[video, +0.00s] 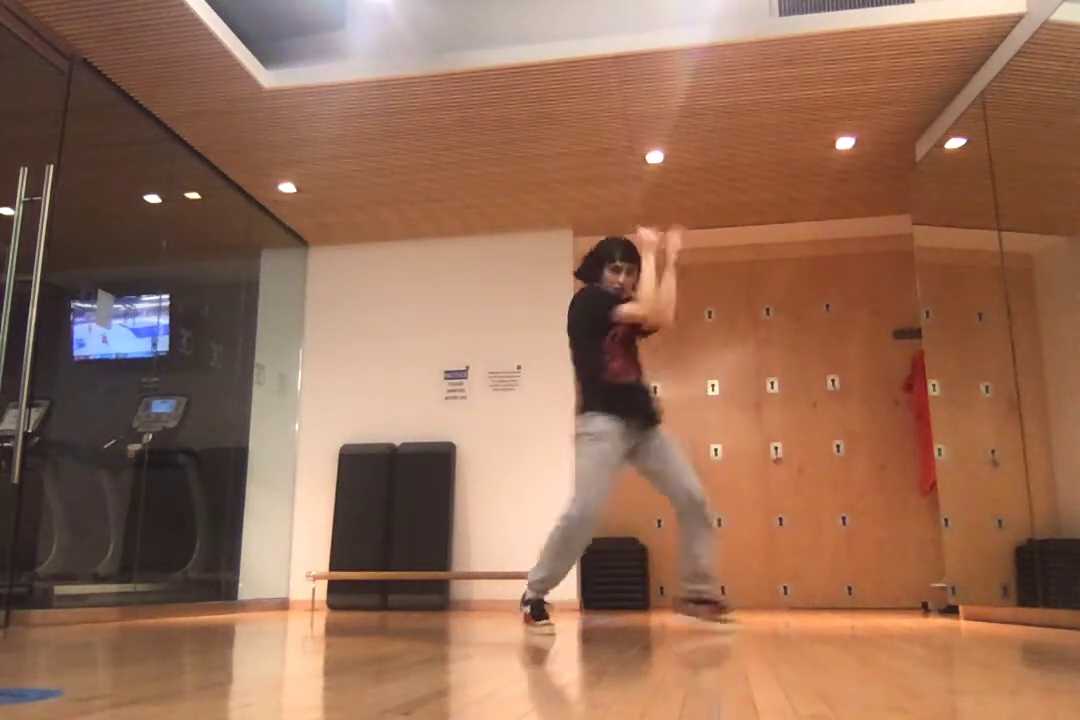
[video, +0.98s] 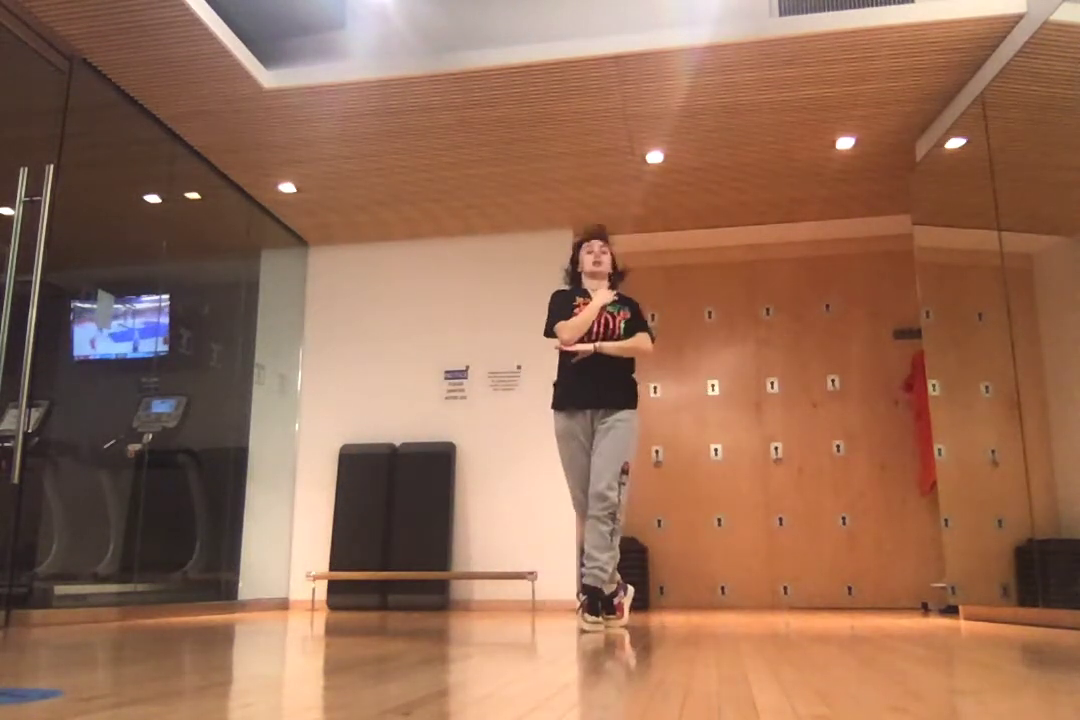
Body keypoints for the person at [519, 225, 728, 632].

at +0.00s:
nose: (623, 280)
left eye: (630, 273)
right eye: (615, 270)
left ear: (634, 274)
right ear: (597, 270)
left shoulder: (622, 307)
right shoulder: (588, 302)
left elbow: (662, 316)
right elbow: (648, 312)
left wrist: (670, 261)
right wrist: (651, 255)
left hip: (642, 422)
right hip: (602, 421)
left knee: (692, 498)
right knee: (585, 512)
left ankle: (699, 594)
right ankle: (535, 593)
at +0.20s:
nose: (615, 300)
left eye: (621, 292)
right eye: (607, 293)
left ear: (633, 295)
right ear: (595, 297)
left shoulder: (653, 329)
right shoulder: (576, 325)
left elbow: (707, 333)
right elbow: (528, 329)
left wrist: (767, 331)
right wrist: (498, 320)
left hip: (619, 450)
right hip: (568, 436)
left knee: (617, 524)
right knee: (522, 505)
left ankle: (566, 600)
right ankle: (473, 581)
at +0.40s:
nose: (608, 254)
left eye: (614, 248)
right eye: (601, 248)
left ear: (624, 255)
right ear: (590, 256)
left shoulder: (642, 303)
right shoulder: (574, 302)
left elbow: (670, 347)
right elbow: (555, 351)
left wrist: (716, 378)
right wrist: (543, 358)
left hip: (616, 420)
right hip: (569, 418)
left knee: (604, 503)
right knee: (565, 502)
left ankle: (576, 595)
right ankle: (566, 580)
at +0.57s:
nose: (600, 258)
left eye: (607, 252)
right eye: (594, 251)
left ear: (619, 260)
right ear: (581, 257)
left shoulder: (633, 303)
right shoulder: (568, 297)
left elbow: (652, 348)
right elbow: (572, 331)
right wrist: (603, 297)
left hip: (621, 409)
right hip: (575, 409)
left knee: (608, 497)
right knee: (594, 500)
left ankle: (597, 592)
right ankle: (621, 583)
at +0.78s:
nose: (599, 251)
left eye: (605, 247)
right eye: (590, 248)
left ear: (615, 260)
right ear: (579, 262)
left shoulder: (632, 299)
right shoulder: (567, 297)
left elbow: (648, 343)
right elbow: (567, 338)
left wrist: (597, 349)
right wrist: (598, 300)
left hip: (620, 407)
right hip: (574, 408)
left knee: (605, 497)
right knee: (587, 500)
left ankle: (595, 590)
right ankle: (616, 585)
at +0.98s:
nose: (598, 254)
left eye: (603, 250)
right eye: (590, 250)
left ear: (612, 260)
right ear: (577, 261)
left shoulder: (627, 304)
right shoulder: (565, 298)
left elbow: (645, 345)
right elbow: (565, 336)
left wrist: (595, 347)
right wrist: (599, 300)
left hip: (618, 410)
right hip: (571, 410)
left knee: (605, 498)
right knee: (584, 503)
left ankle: (593, 590)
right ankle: (613, 586)